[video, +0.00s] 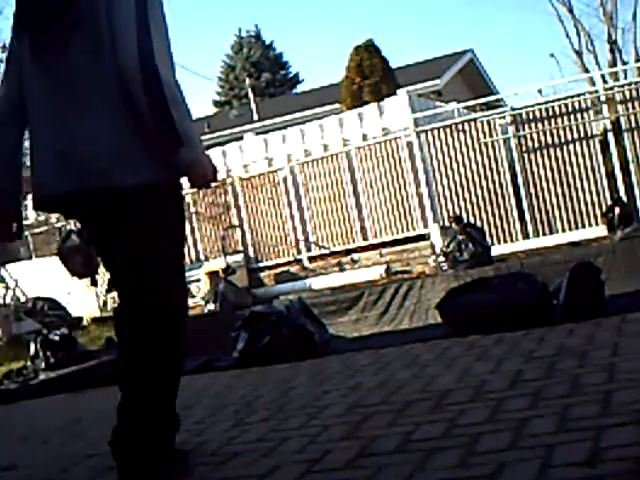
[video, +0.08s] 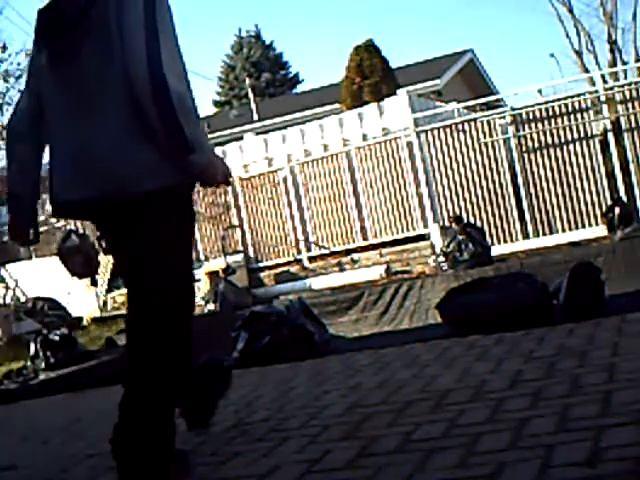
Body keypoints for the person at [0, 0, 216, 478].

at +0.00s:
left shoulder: (31, 12)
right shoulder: (134, 4)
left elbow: (10, 101)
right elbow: (149, 66)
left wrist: (8, 200)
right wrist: (192, 148)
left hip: (69, 174)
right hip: (137, 166)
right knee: (162, 306)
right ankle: (149, 451)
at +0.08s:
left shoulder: (52, 18)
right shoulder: (144, 5)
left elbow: (25, 119)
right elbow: (165, 74)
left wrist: (22, 207)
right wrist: (203, 152)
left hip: (87, 183)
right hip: (152, 173)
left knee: (159, 294)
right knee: (158, 315)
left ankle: (195, 394)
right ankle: (143, 455)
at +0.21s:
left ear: (81, 1)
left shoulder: (75, 34)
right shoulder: (152, 7)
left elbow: (47, 131)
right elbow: (175, 76)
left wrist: (48, 217)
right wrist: (213, 159)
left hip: (109, 182)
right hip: (165, 172)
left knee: (182, 293)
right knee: (166, 314)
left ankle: (217, 396)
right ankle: (146, 453)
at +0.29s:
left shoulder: (98, 29)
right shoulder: (163, 8)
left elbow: (84, 122)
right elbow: (181, 84)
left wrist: (89, 204)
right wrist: (220, 162)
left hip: (138, 183)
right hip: (180, 175)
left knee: (200, 291)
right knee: (207, 292)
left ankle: (220, 400)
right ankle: (155, 418)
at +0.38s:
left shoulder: (113, 31)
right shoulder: (173, 8)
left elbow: (105, 125)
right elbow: (190, 85)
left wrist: (117, 200)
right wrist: (219, 158)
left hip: (145, 188)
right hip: (186, 178)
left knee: (199, 287)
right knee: (234, 279)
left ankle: (218, 396)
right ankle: (180, 389)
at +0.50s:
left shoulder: (138, 23)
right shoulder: (184, 8)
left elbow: (139, 110)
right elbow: (188, 87)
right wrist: (218, 155)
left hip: (160, 181)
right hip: (199, 173)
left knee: (198, 286)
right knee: (263, 259)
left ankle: (216, 402)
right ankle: (230, 382)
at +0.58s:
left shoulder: (157, 24)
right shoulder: (194, 13)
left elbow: (159, 107)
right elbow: (192, 90)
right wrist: (218, 155)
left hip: (175, 184)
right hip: (216, 175)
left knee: (205, 290)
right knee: (278, 257)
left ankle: (216, 400)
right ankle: (281, 373)